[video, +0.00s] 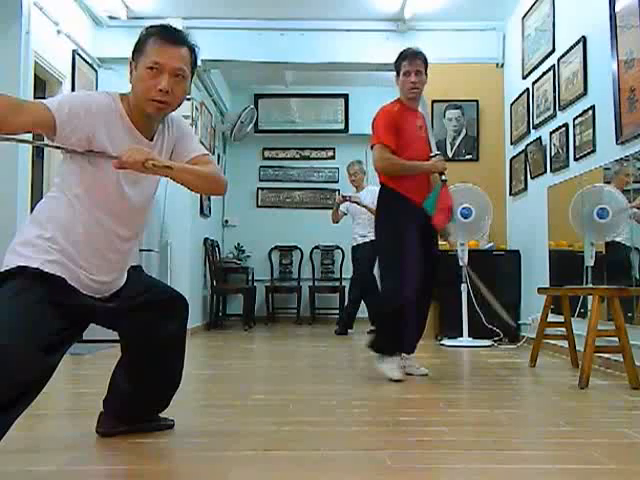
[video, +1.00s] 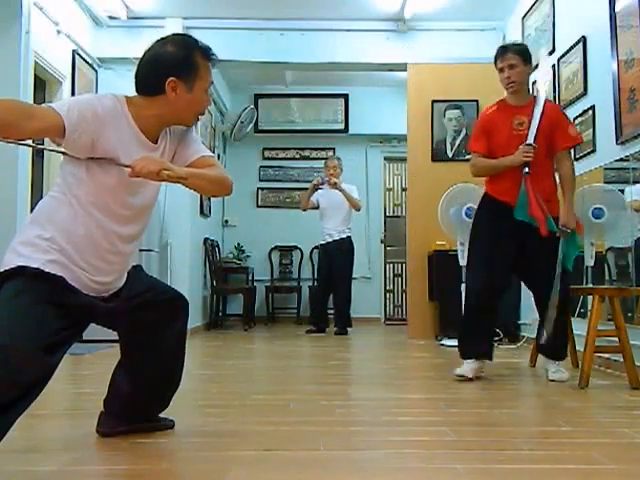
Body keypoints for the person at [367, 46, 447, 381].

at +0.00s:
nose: (414, 79)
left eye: (419, 73)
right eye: (407, 73)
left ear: (426, 78)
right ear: (397, 78)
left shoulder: (420, 118)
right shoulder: (388, 114)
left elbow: (420, 161)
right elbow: (383, 164)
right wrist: (427, 166)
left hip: (420, 205)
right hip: (396, 202)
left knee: (422, 279)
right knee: (401, 278)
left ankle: (405, 352)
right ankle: (386, 352)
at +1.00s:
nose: (508, 74)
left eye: (514, 67)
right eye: (502, 70)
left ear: (529, 69)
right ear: (497, 76)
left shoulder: (549, 112)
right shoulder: (488, 116)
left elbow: (563, 162)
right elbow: (476, 167)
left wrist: (568, 206)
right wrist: (511, 159)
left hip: (540, 210)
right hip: (496, 209)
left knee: (551, 286)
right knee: (481, 282)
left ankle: (555, 356)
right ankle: (473, 357)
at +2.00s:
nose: (496, 89)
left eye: (502, 82)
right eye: (491, 85)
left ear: (517, 84)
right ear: (489, 92)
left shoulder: (539, 116)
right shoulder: (490, 134)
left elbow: (557, 161)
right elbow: (482, 179)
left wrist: (556, 205)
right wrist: (501, 173)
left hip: (543, 215)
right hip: (511, 218)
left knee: (551, 284)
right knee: (515, 284)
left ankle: (559, 356)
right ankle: (528, 354)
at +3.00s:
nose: (513, 85)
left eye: (519, 79)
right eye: (508, 81)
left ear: (535, 83)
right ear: (506, 88)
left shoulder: (553, 117)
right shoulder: (504, 132)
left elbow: (565, 164)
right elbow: (492, 177)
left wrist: (557, 209)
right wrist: (507, 170)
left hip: (547, 214)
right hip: (515, 216)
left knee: (554, 285)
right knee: (520, 284)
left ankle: (565, 357)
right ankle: (529, 354)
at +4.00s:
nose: (511, 86)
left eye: (517, 80)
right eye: (507, 83)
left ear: (533, 83)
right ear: (504, 89)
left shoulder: (552, 116)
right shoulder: (503, 131)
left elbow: (564, 164)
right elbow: (491, 177)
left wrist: (557, 207)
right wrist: (507, 170)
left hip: (546, 213)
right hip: (513, 215)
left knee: (554, 284)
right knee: (519, 283)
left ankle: (565, 357)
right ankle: (529, 354)